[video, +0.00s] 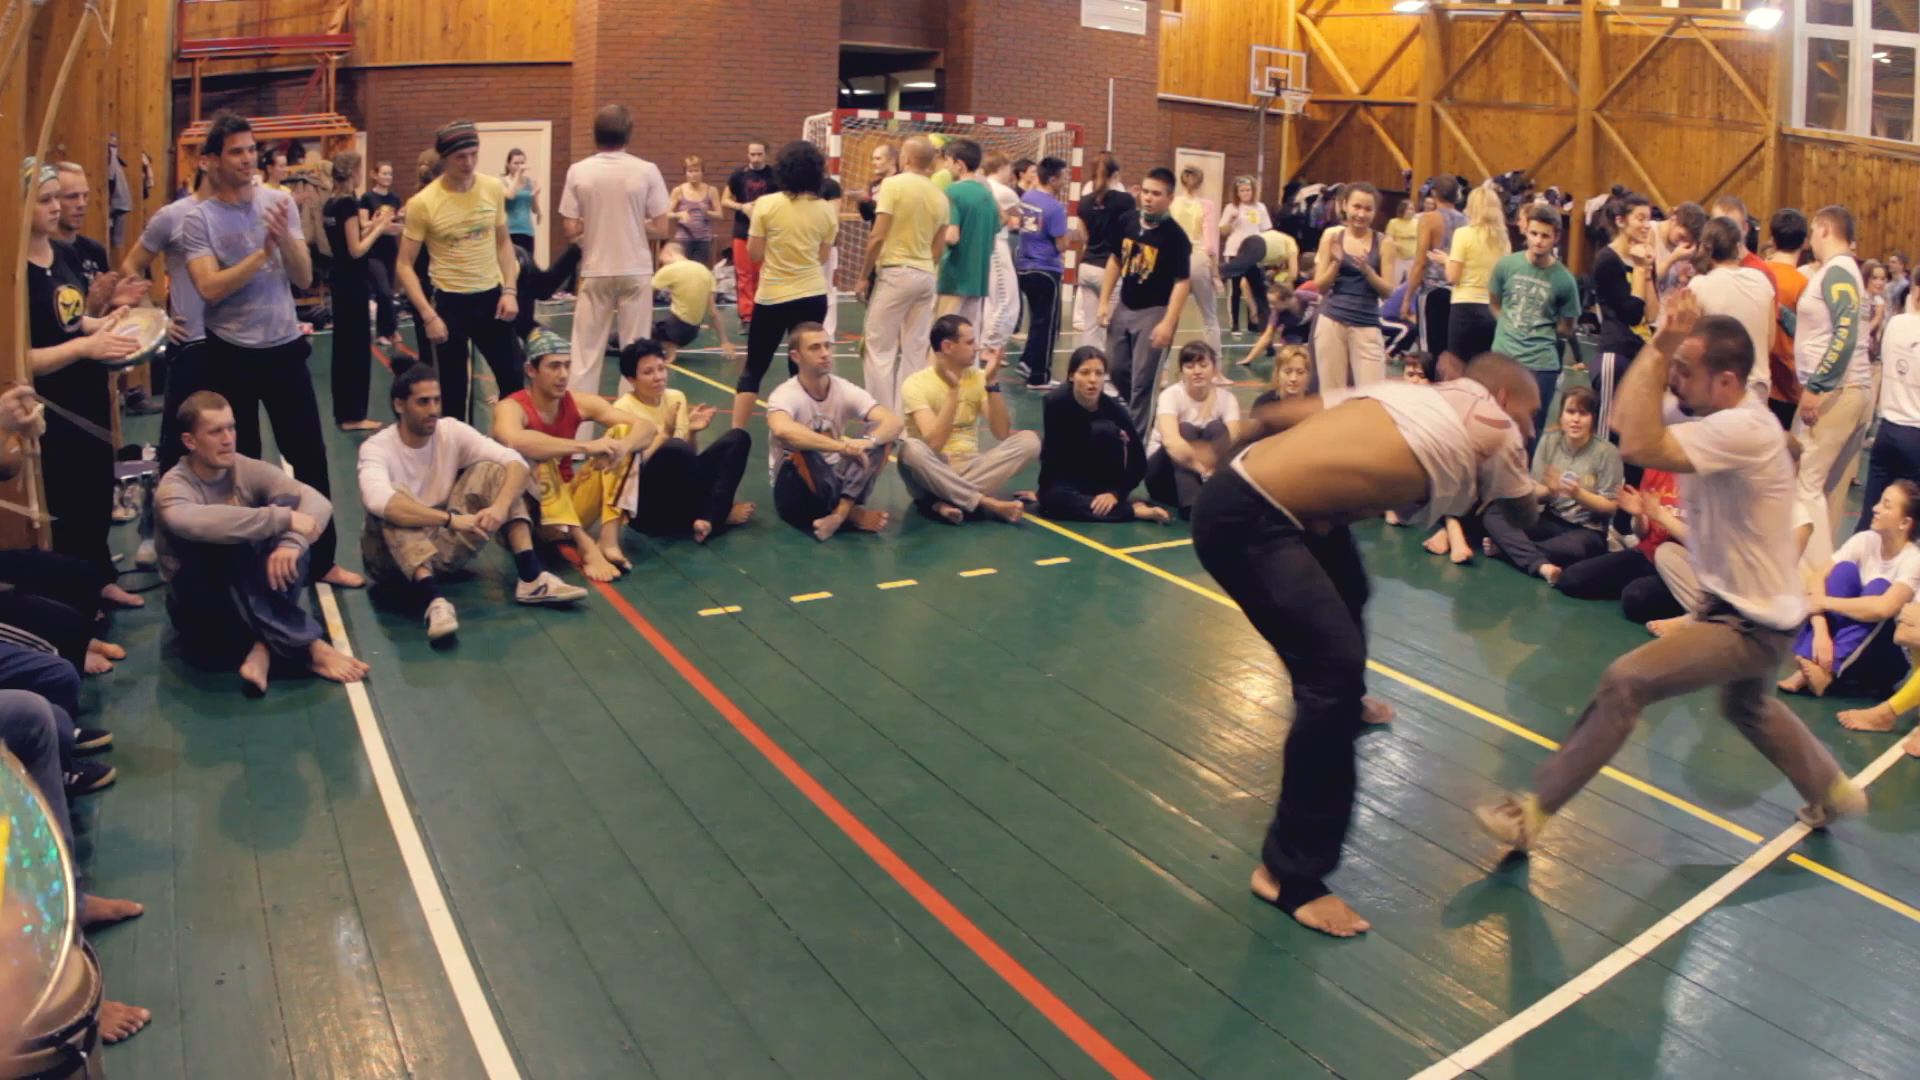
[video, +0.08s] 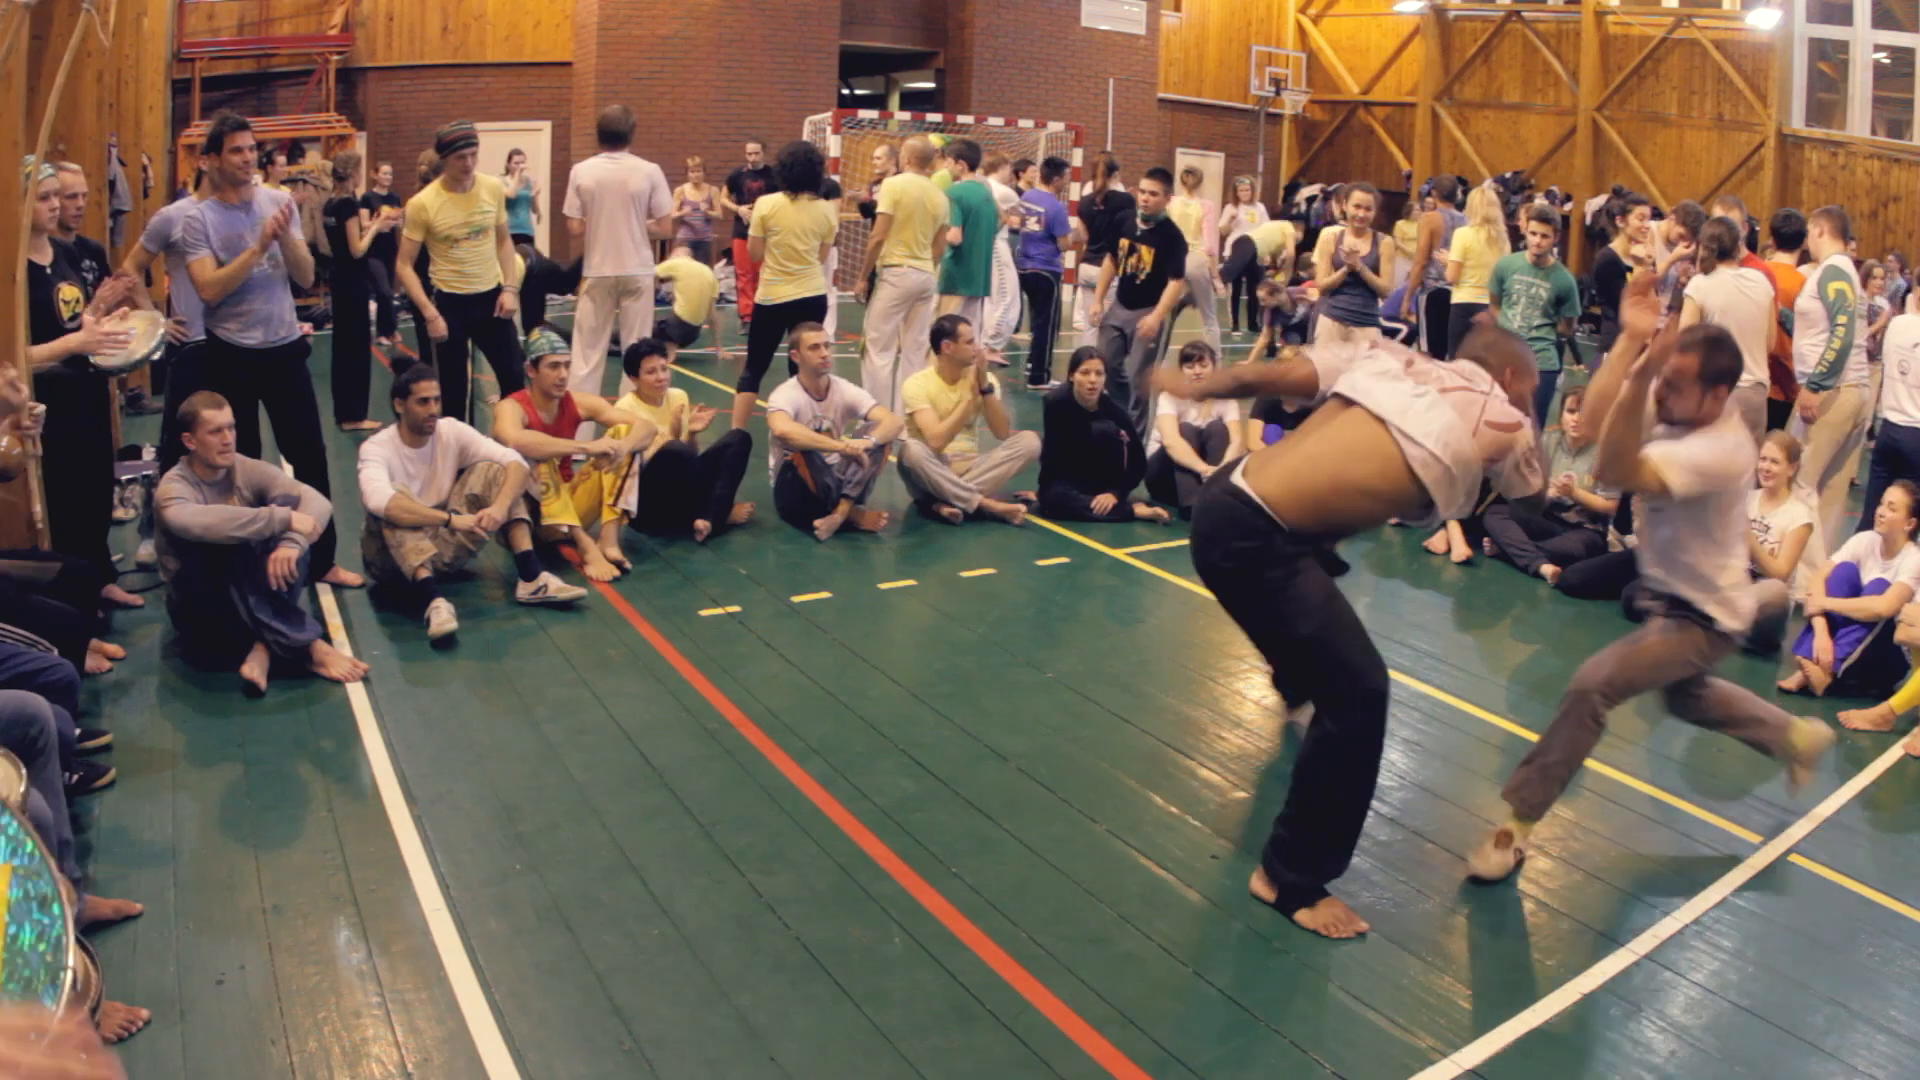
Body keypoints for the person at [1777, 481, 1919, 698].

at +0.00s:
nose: (1875, 508)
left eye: (1886, 506)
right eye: (1879, 502)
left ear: (1905, 523)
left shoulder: (1913, 558)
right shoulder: (1865, 540)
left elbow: (1885, 609)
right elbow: (1817, 578)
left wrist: (1823, 602)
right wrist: (1821, 633)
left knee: (1879, 586)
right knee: (1844, 571)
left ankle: (1825, 670)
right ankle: (1807, 667)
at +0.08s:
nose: (1880, 512)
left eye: (1891, 509)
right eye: (1881, 504)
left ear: (1910, 524)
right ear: (1876, 506)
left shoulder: (1913, 558)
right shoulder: (1865, 540)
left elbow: (1885, 608)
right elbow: (1818, 578)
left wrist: (1824, 603)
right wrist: (1821, 634)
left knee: (1879, 586)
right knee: (1845, 570)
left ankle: (1823, 670)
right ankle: (1808, 666)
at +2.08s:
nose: (1876, 521)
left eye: (1886, 515)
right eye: (1874, 512)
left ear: (1905, 524)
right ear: (1869, 512)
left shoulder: (1912, 559)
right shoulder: (1860, 542)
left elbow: (1885, 609)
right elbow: (1814, 581)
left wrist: (1823, 604)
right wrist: (1820, 638)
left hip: (1880, 667)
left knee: (1877, 587)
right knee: (1843, 572)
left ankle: (1823, 676)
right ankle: (1808, 666)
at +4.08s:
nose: (1874, 521)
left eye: (1884, 516)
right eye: (1873, 512)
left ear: (1905, 525)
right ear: (1868, 512)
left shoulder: (1912, 559)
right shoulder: (1860, 542)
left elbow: (1886, 610)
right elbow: (1815, 581)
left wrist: (1823, 604)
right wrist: (1820, 638)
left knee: (1877, 587)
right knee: (1844, 572)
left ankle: (1824, 676)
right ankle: (1808, 666)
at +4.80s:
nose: (1879, 523)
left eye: (1889, 516)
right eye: (1876, 513)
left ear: (1906, 524)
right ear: (1871, 515)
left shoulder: (1913, 558)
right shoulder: (1860, 541)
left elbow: (1888, 606)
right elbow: (1817, 579)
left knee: (1877, 586)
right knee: (1845, 572)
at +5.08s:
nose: (1880, 524)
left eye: (1891, 516)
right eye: (1877, 513)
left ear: (1907, 523)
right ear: (1871, 515)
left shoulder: (1912, 558)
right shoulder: (1860, 541)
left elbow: (1888, 606)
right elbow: (1814, 581)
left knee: (1876, 586)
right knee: (1844, 572)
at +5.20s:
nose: (1881, 523)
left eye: (1891, 516)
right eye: (1877, 513)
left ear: (1907, 524)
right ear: (1871, 515)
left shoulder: (1913, 560)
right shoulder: (1860, 543)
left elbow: (1890, 605)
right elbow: (1826, 575)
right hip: (1853, 620)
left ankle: (1817, 678)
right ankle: (1809, 673)